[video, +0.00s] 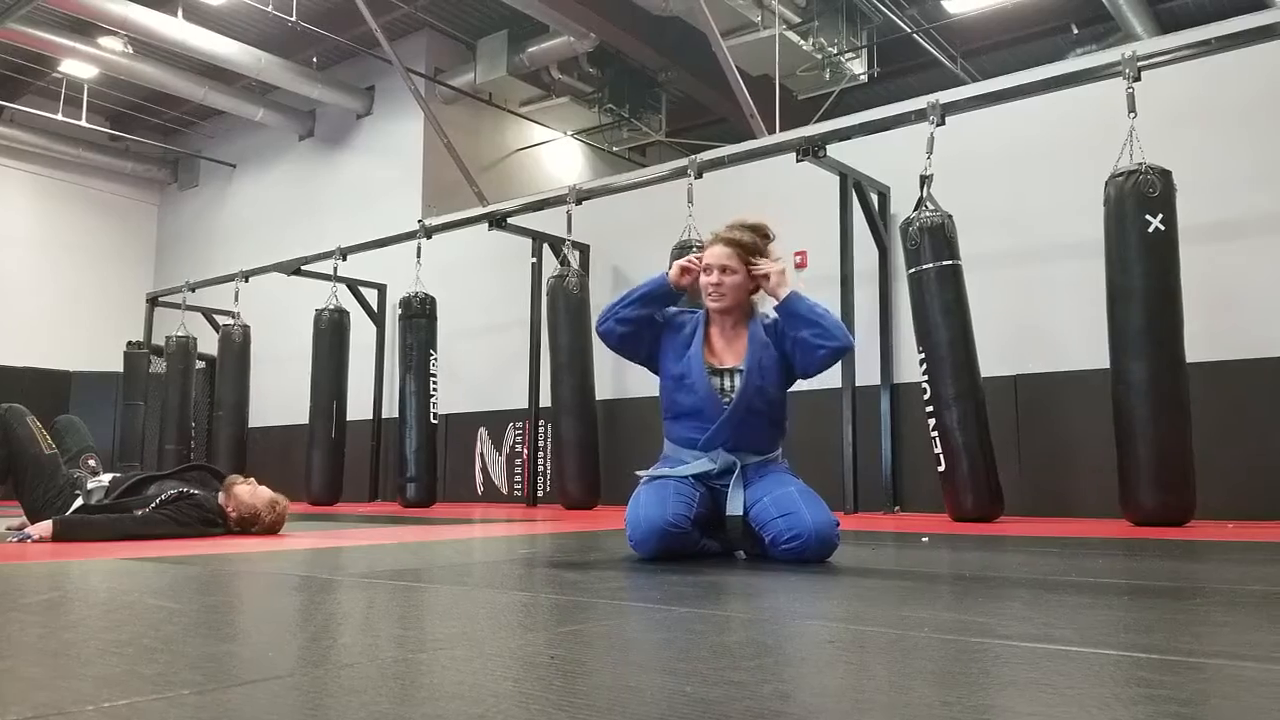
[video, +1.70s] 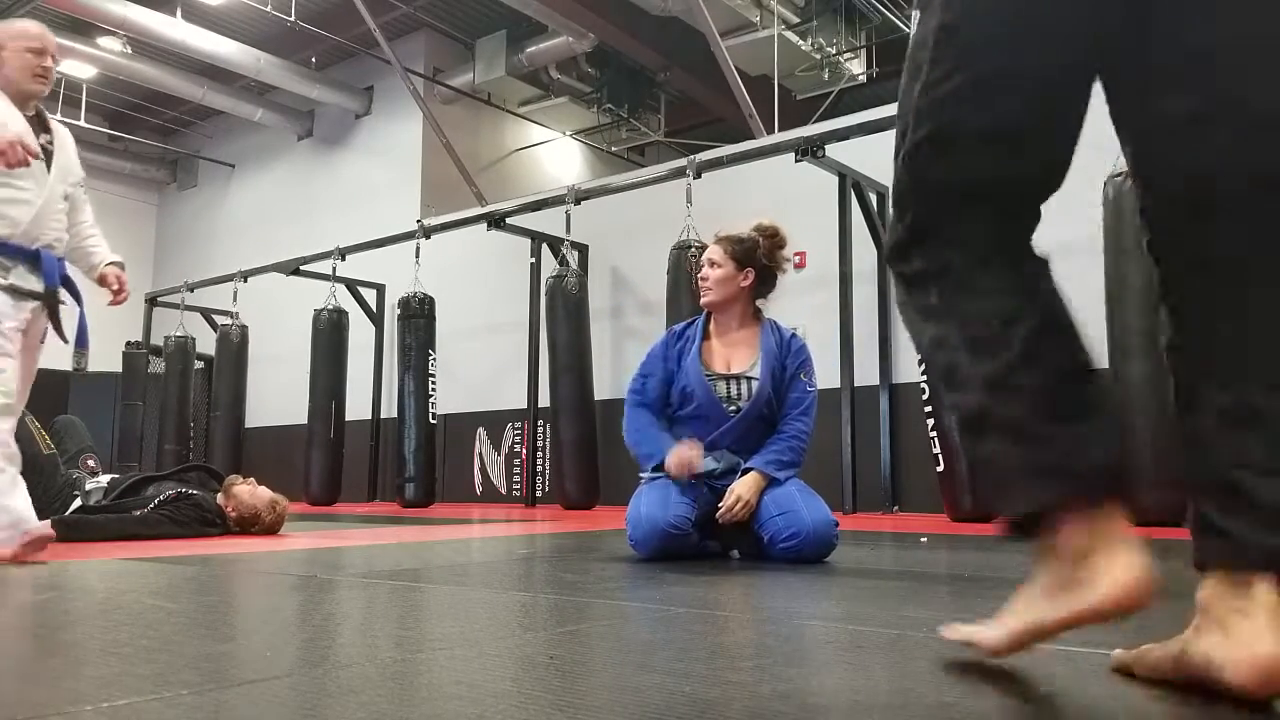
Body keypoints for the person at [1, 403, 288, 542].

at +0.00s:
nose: (248, 476)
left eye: (250, 488)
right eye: (256, 483)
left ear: (234, 510)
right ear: (237, 504)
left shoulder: (200, 513)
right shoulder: (218, 490)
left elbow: (129, 524)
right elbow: (157, 483)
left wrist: (56, 527)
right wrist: (115, 480)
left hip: (67, 502)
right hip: (100, 486)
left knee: (11, 414)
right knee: (67, 421)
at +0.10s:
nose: (249, 476)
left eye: (251, 487)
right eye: (257, 483)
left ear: (234, 510)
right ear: (238, 505)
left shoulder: (199, 513)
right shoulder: (218, 490)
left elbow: (129, 524)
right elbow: (156, 483)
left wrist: (56, 527)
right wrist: (115, 480)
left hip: (67, 501)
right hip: (100, 485)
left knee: (11, 414)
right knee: (66, 421)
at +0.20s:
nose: (248, 476)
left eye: (250, 487)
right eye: (256, 483)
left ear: (235, 511)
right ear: (237, 505)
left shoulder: (200, 513)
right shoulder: (217, 490)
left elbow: (129, 524)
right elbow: (151, 484)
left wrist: (56, 527)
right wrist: (110, 482)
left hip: (67, 501)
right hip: (100, 486)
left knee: (12, 414)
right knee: (66, 421)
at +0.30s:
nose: (247, 476)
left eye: (249, 487)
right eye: (255, 482)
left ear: (233, 509)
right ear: (236, 504)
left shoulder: (199, 513)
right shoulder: (216, 488)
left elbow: (129, 524)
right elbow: (155, 482)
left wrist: (56, 527)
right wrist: (113, 479)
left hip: (68, 501)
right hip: (100, 485)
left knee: (11, 414)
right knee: (66, 421)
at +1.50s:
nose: (247, 477)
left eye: (250, 487)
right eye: (255, 483)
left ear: (233, 508)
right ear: (235, 504)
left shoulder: (199, 513)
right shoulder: (214, 490)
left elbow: (130, 524)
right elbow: (151, 485)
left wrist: (57, 527)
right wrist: (110, 480)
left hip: (69, 500)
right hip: (98, 485)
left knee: (12, 415)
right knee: (66, 421)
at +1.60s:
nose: (247, 477)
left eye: (250, 487)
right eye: (255, 483)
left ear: (235, 509)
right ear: (236, 504)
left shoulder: (200, 513)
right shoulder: (213, 490)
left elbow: (131, 524)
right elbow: (151, 484)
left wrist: (57, 527)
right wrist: (109, 479)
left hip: (68, 500)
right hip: (97, 484)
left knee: (15, 415)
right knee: (67, 422)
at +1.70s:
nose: (248, 477)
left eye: (251, 488)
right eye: (256, 483)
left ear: (234, 510)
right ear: (234, 505)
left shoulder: (200, 513)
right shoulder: (212, 488)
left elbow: (130, 525)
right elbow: (152, 486)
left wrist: (50, 526)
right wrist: (110, 482)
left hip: (69, 503)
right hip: (98, 485)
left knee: (16, 415)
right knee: (67, 423)